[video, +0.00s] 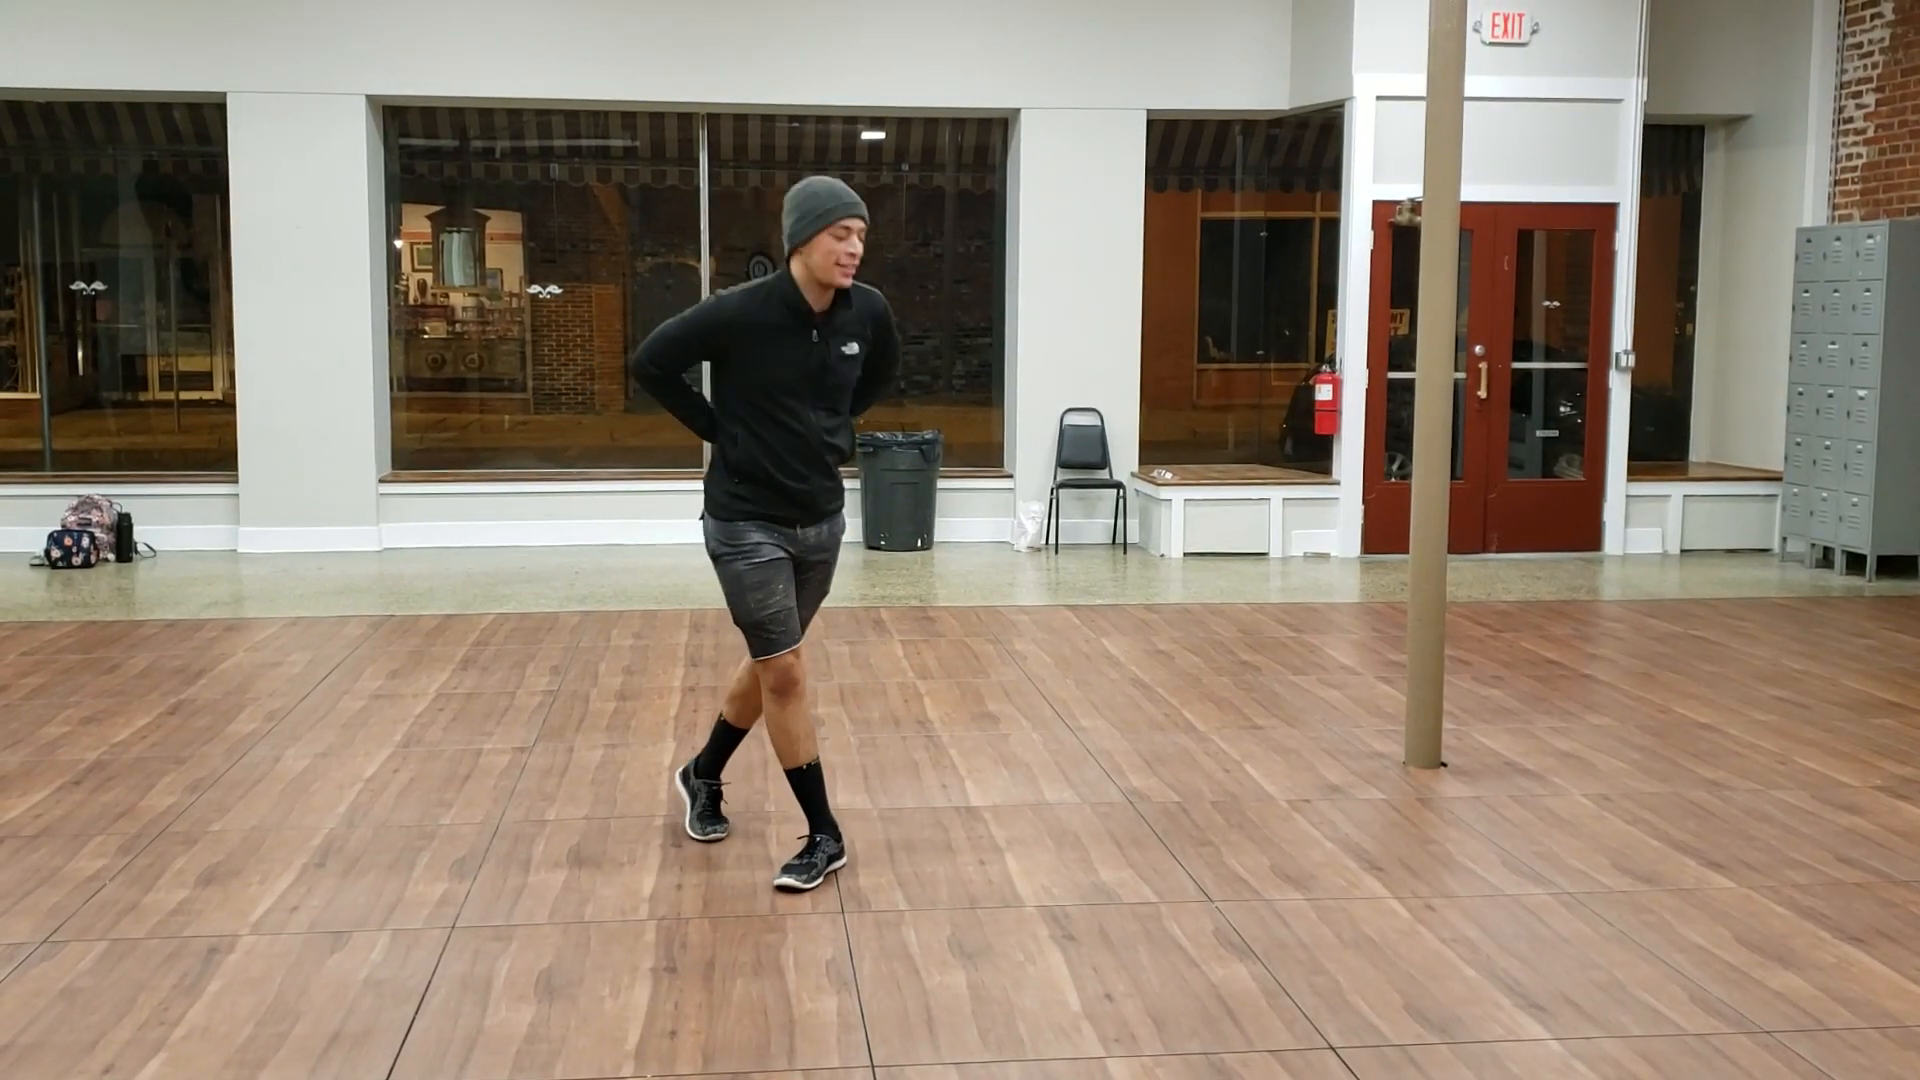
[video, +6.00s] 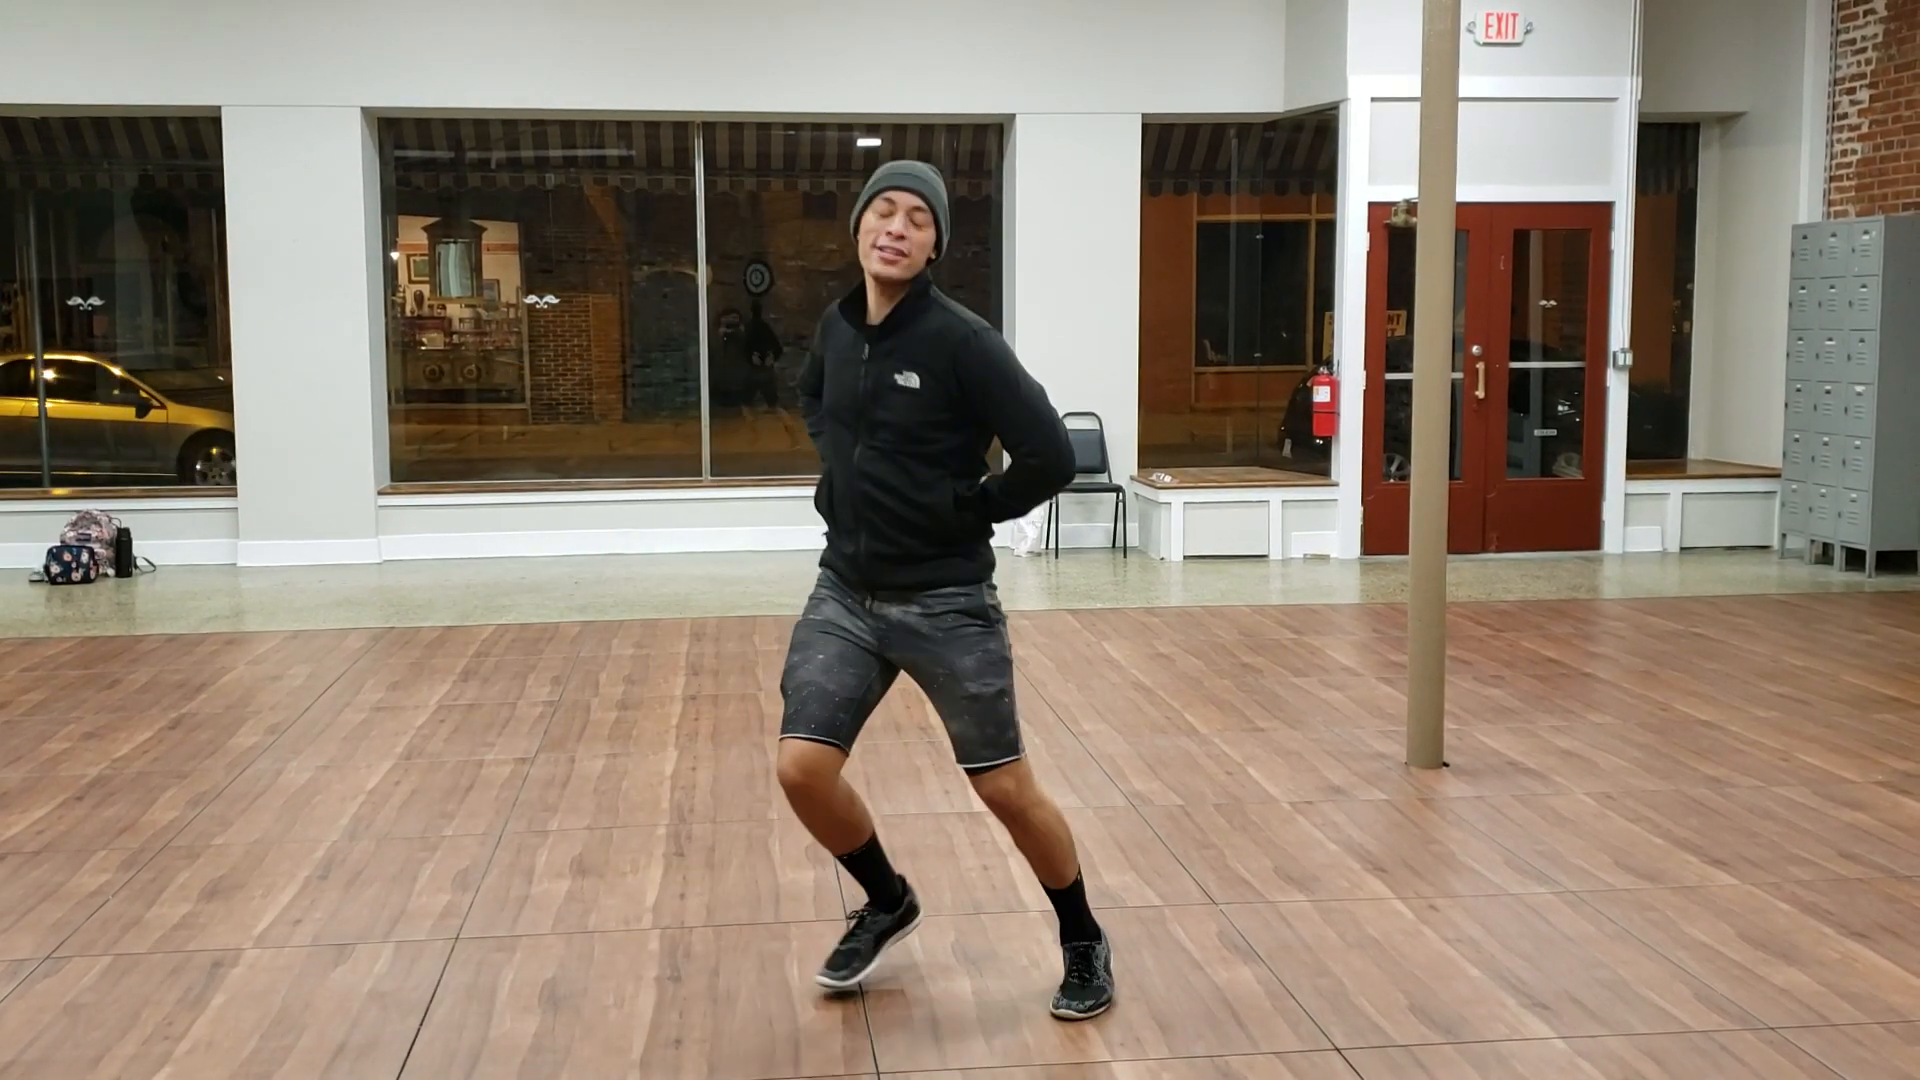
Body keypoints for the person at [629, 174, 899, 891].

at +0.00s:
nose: (853, 249)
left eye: (860, 239)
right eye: (840, 235)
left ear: (860, 248)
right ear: (800, 237)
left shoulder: (866, 311)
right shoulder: (740, 311)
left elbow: (881, 374)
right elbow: (651, 365)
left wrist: (837, 422)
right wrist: (719, 429)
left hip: (821, 522)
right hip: (744, 522)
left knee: (772, 664)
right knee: (785, 675)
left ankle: (703, 773)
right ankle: (824, 834)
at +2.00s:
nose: (639, 195)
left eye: (652, 184)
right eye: (623, 186)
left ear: (675, 203)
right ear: (601, 208)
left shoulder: (717, 293)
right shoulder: (558, 293)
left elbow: (757, 371)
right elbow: (457, 368)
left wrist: (704, 429)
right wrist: (545, 428)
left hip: (680, 535)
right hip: (575, 532)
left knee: (666, 708)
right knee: (515, 692)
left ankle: (639, 868)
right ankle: (468, 847)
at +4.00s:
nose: (786, 219)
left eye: (804, 211)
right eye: (774, 205)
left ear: (821, 232)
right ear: (747, 220)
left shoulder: (853, 323)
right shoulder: (702, 312)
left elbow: (944, 416)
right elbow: (633, 379)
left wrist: (858, 476)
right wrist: (696, 446)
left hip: (813, 561)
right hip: (725, 559)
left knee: (741, 742)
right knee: (776, 740)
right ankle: (872, 853)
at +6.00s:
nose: (896, 228)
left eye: (916, 220)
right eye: (884, 212)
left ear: (935, 246)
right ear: (856, 229)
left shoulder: (964, 342)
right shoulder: (835, 332)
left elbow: (1050, 462)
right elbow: (815, 411)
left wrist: (967, 509)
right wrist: (838, 482)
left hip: (947, 603)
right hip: (846, 592)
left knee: (1003, 787)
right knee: (802, 767)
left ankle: (1083, 941)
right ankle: (887, 899)